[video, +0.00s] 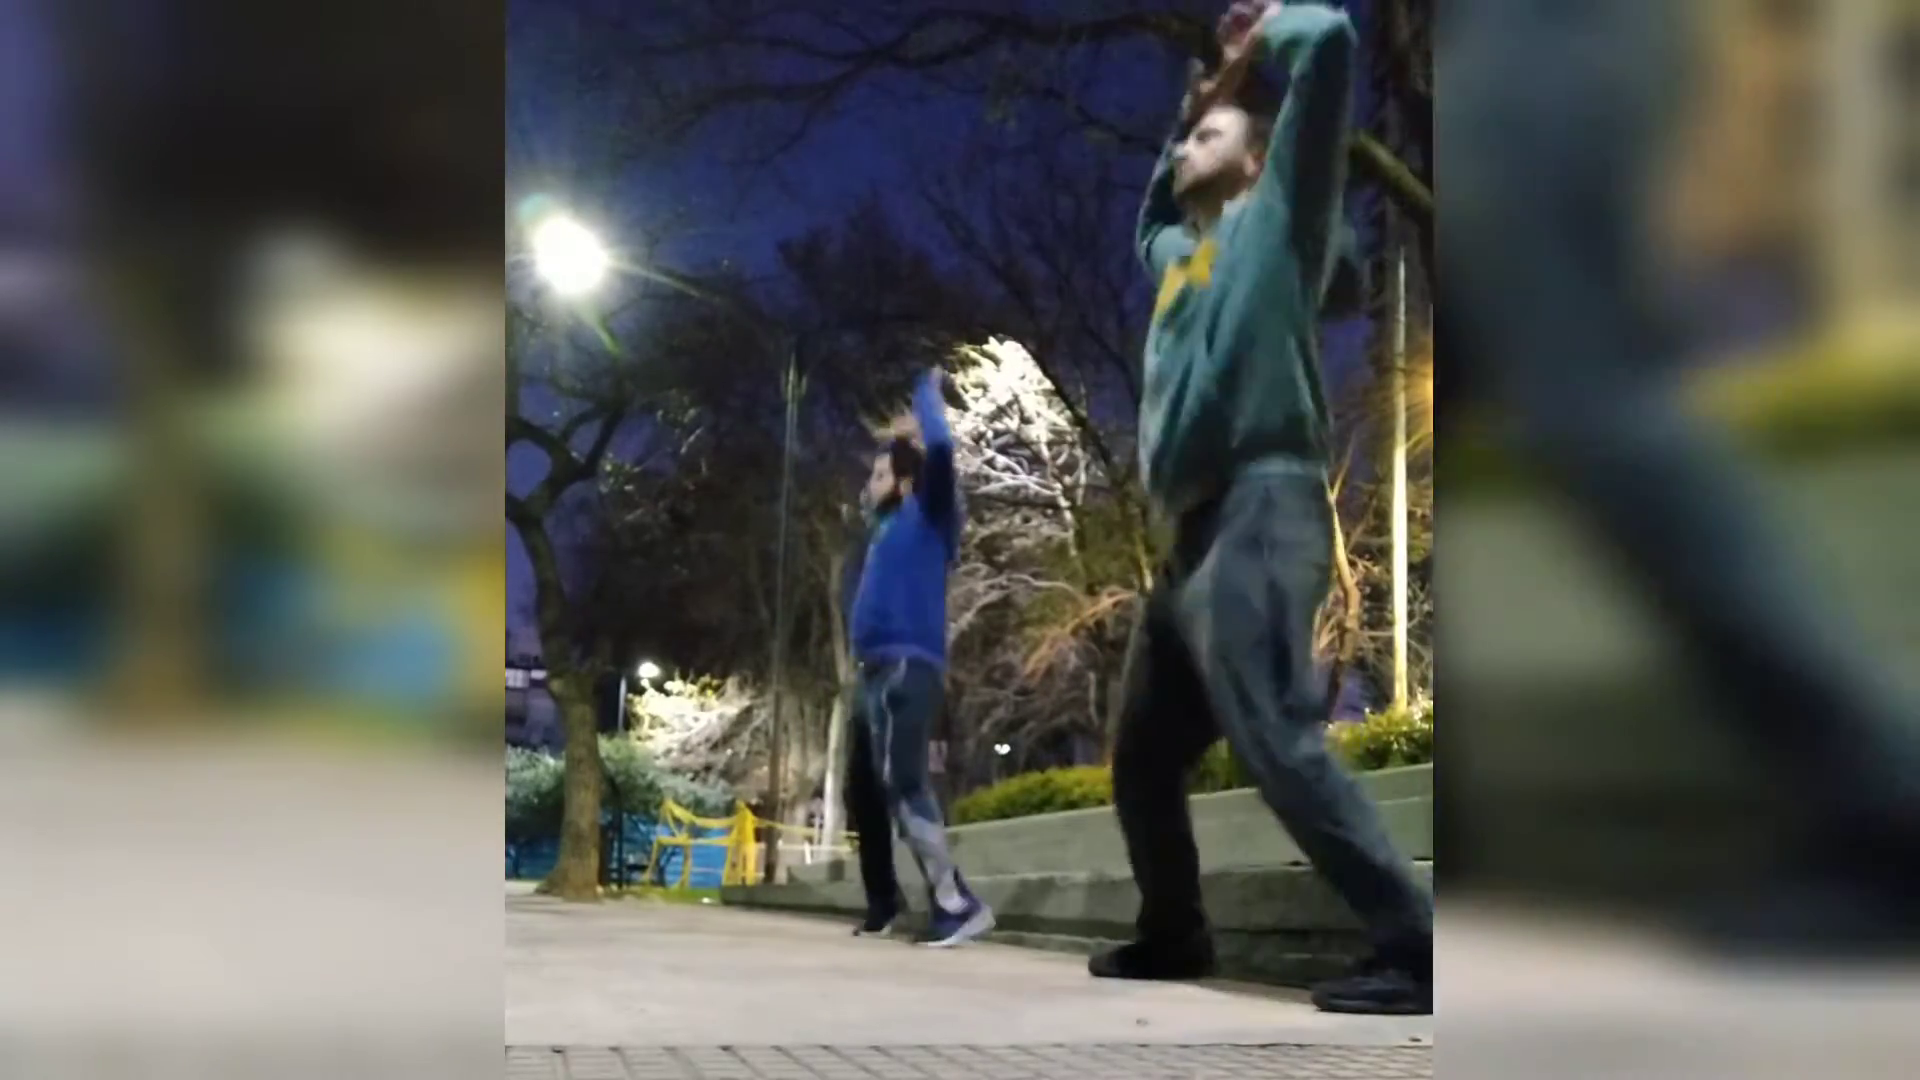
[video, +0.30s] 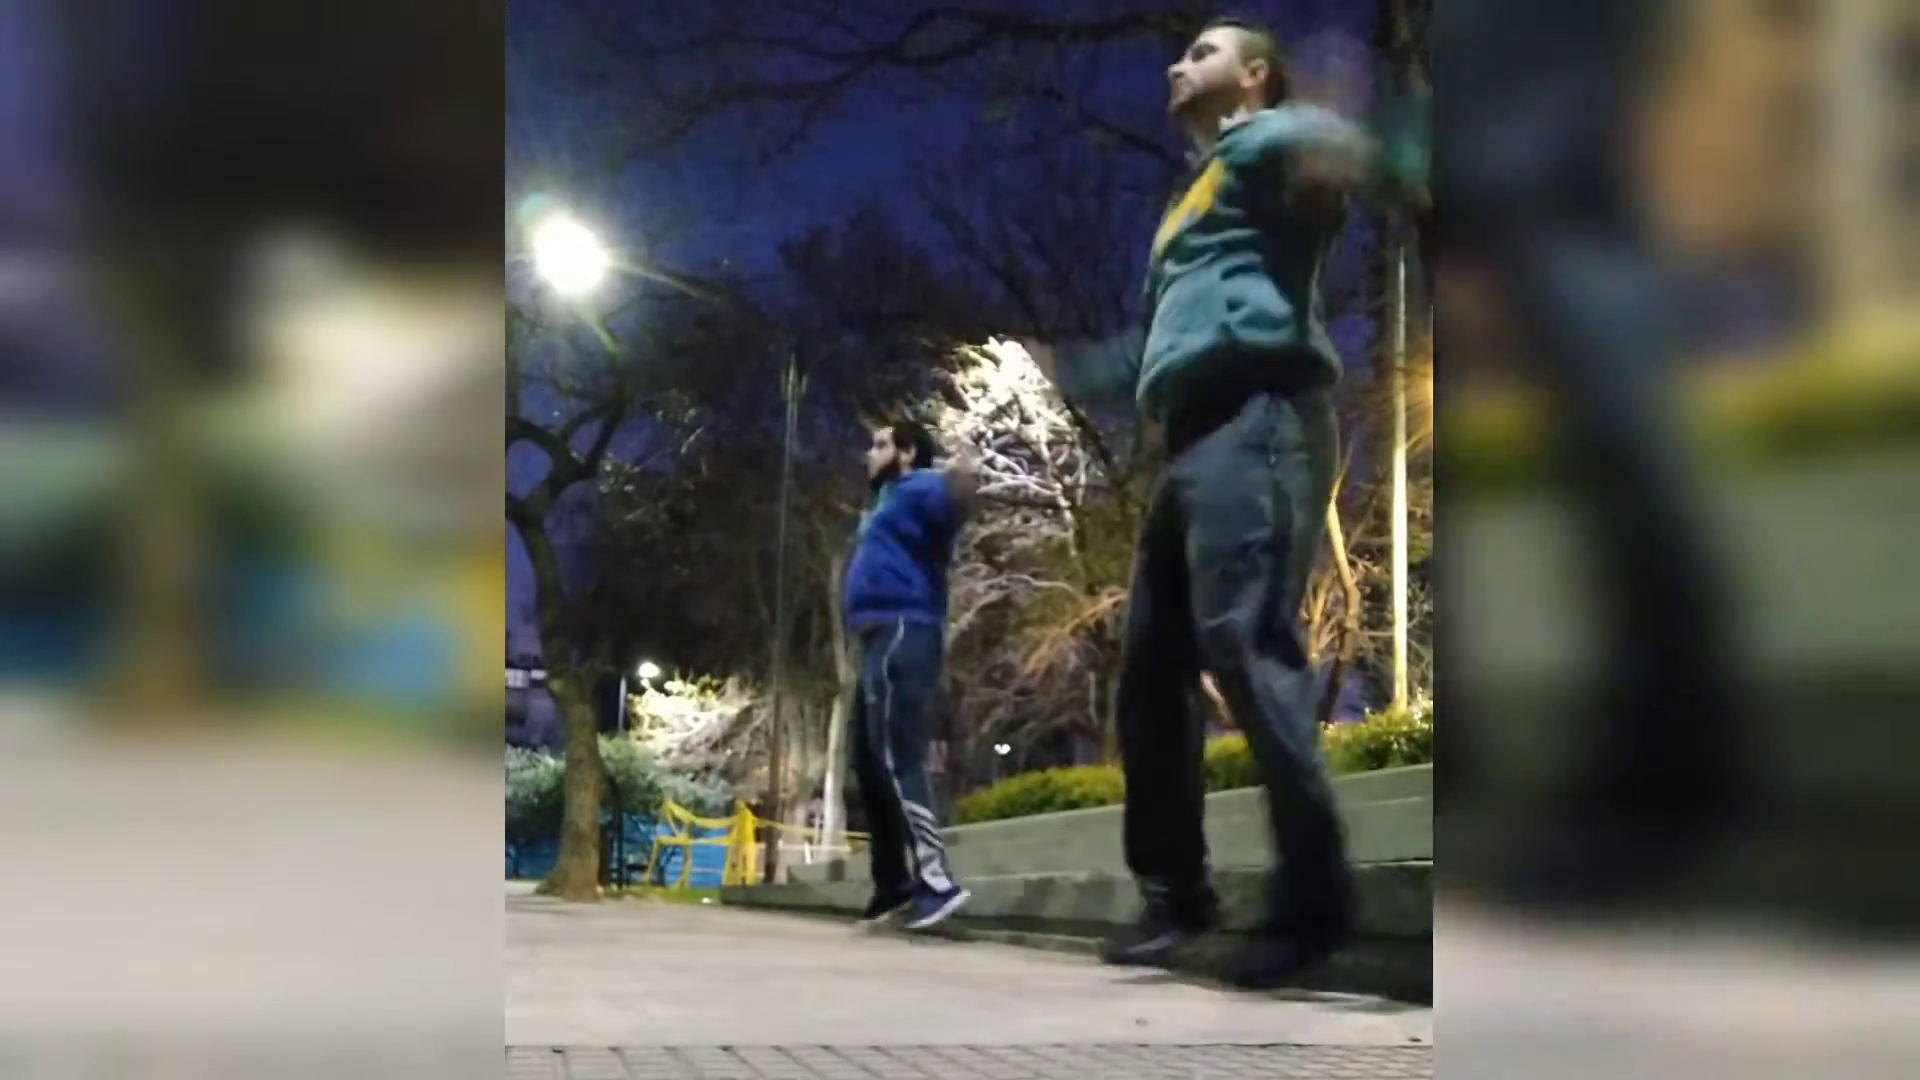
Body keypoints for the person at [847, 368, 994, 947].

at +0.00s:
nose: (874, 477)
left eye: (882, 469)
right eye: (875, 468)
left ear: (907, 474)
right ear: (890, 476)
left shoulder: (932, 517)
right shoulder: (882, 527)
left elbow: (940, 451)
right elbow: (871, 501)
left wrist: (928, 395)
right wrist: (885, 471)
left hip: (912, 661)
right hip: (871, 665)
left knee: (903, 782)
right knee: (864, 791)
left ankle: (955, 904)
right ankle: (883, 902)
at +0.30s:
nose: (869, 454)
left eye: (878, 445)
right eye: (870, 445)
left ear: (907, 453)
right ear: (892, 455)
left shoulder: (920, 486)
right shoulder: (884, 498)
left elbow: (945, 505)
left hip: (905, 626)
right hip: (874, 630)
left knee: (896, 756)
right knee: (871, 763)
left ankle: (934, 884)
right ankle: (892, 884)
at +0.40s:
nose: (863, 468)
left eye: (872, 459)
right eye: (865, 459)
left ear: (898, 467)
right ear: (892, 468)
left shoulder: (918, 507)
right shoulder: (878, 518)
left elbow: (938, 576)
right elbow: (875, 591)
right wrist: (861, 652)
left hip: (904, 651)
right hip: (873, 653)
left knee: (874, 772)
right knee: (862, 777)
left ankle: (909, 897)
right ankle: (894, 902)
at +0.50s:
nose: (860, 492)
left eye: (869, 483)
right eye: (862, 483)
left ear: (897, 490)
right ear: (892, 491)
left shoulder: (915, 535)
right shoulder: (885, 539)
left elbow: (932, 606)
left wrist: (918, 670)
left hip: (900, 680)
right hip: (876, 680)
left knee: (866, 796)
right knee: (860, 797)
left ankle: (911, 910)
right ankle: (902, 907)